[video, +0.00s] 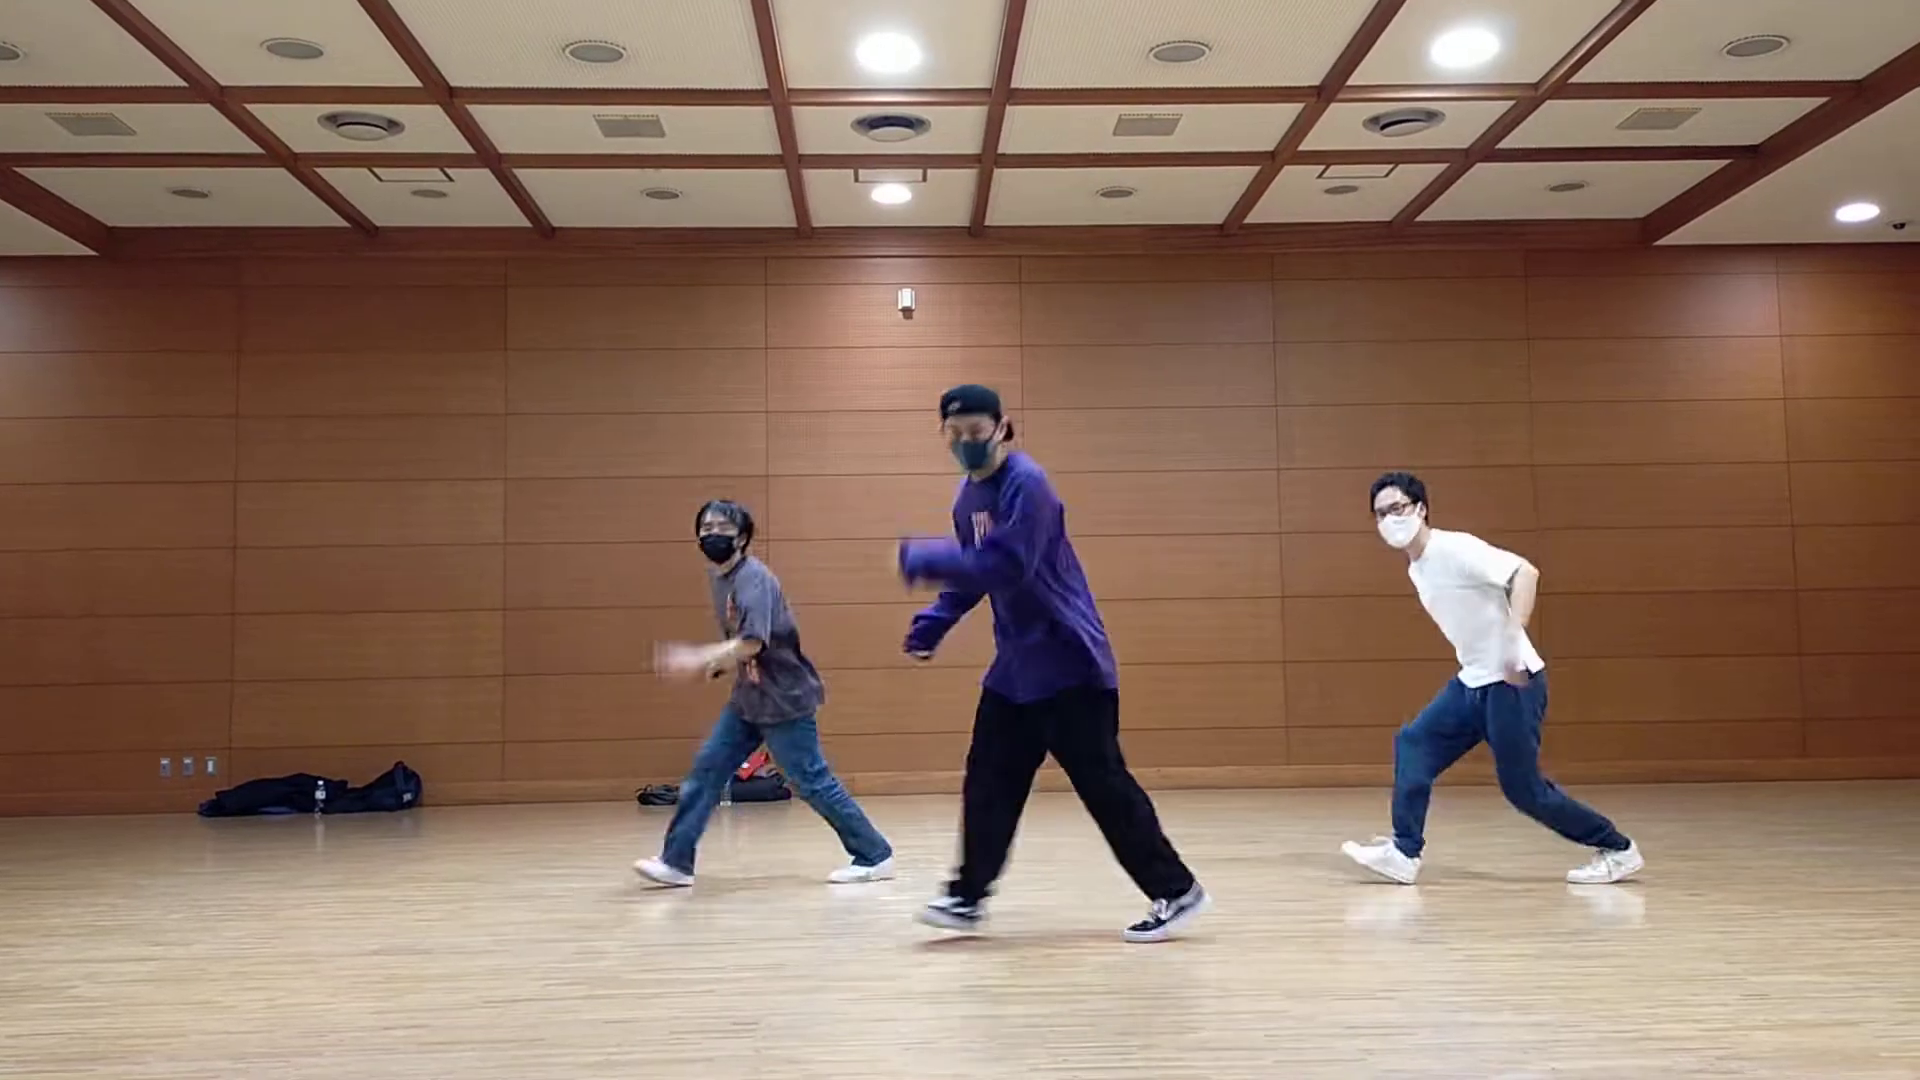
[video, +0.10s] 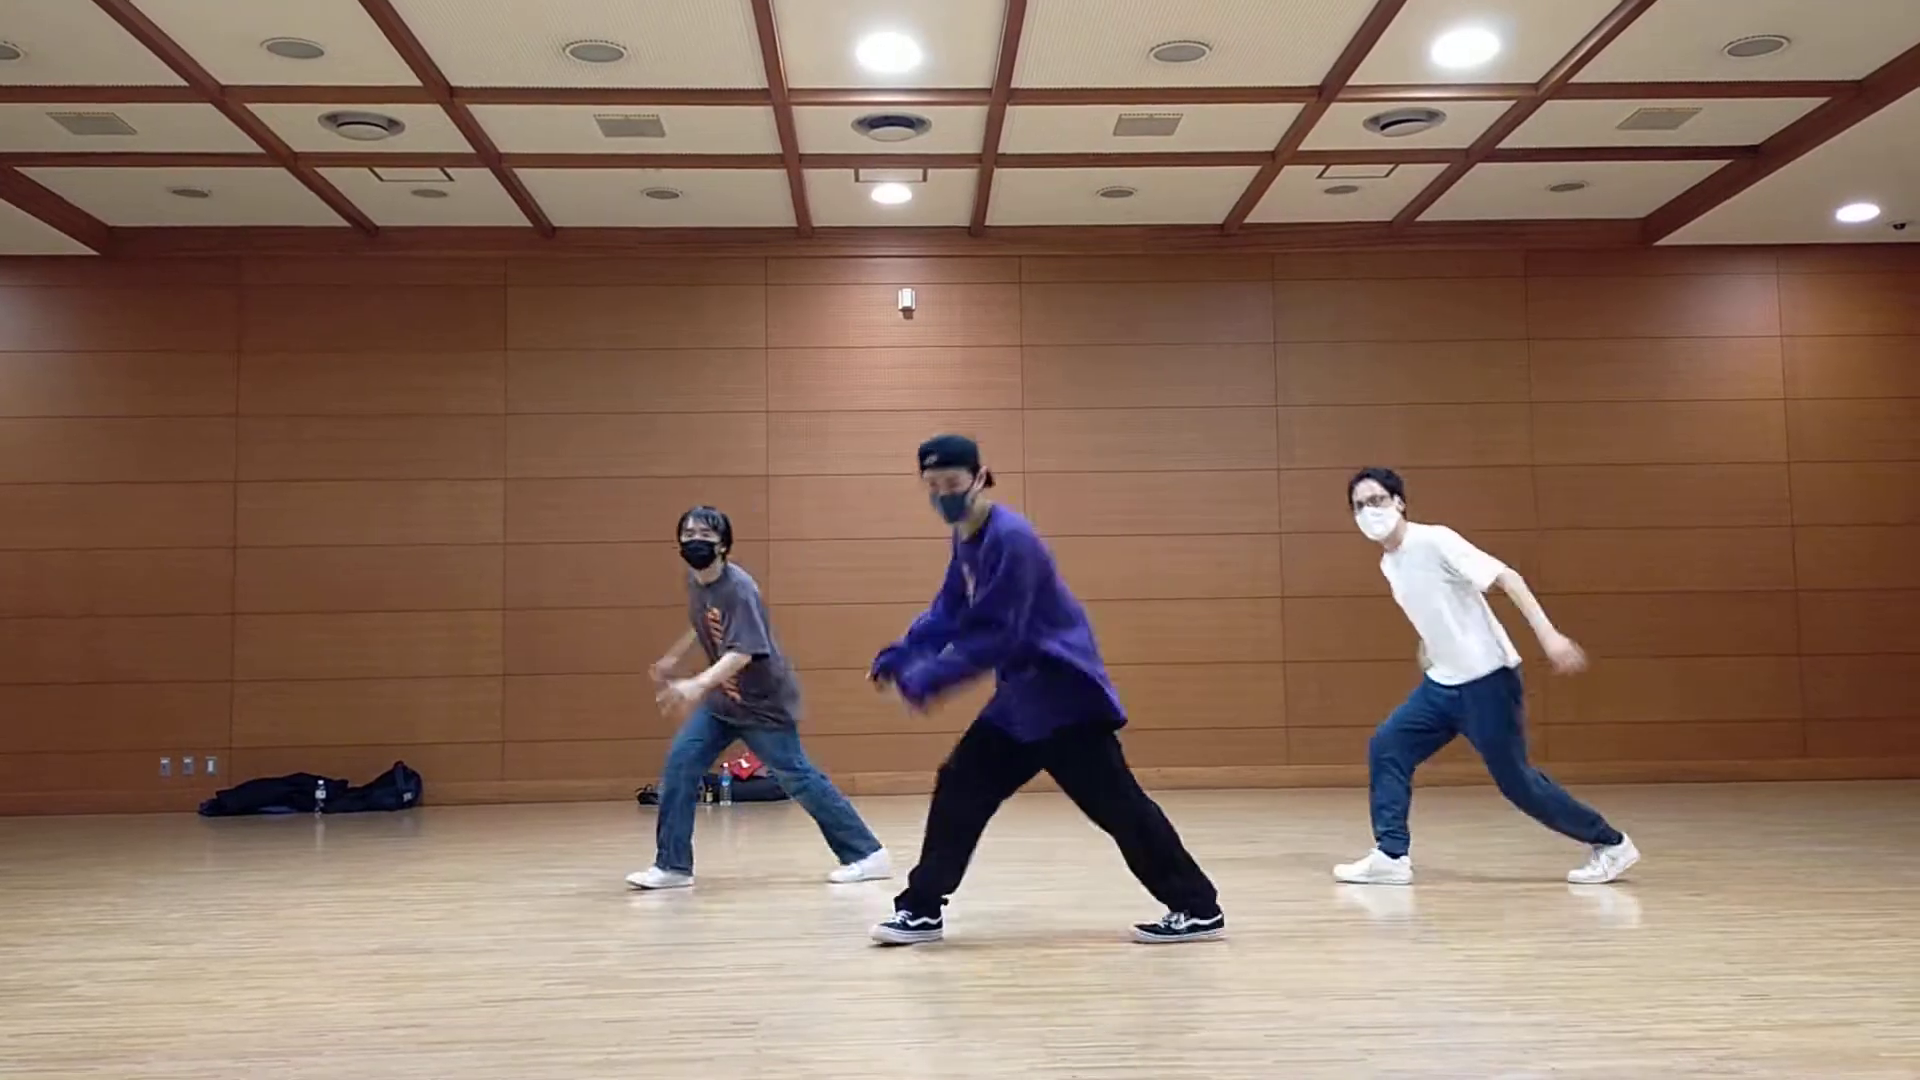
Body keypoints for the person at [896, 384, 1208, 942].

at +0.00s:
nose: (967, 444)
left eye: (977, 432)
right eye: (956, 435)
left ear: (1001, 429)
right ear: (946, 438)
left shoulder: (1029, 485)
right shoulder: (968, 500)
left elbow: (1008, 562)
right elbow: (974, 574)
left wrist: (925, 559)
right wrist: (935, 623)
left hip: (1070, 658)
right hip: (1017, 662)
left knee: (1102, 781)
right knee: (990, 777)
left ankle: (1177, 889)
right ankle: (968, 895)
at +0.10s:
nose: (944, 495)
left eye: (954, 483)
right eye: (934, 486)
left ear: (981, 480)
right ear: (926, 490)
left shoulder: (1011, 540)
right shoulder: (967, 541)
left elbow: (999, 635)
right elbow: (949, 612)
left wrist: (928, 678)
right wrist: (900, 654)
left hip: (1063, 692)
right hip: (1023, 695)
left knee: (1117, 804)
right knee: (961, 785)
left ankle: (1197, 906)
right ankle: (921, 909)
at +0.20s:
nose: (904, 494)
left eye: (915, 483)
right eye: (895, 485)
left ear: (943, 481)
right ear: (889, 488)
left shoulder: (983, 537)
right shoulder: (916, 534)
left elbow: (1012, 634)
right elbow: (913, 613)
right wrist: (894, 681)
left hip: (1033, 682)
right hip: (980, 684)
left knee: (1087, 790)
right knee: (936, 781)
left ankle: (1180, 890)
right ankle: (922, 910)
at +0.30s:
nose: (878, 481)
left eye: (889, 469)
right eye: (867, 472)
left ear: (914, 465)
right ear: (857, 474)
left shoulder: (963, 519)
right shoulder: (870, 529)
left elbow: (1028, 578)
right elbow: (869, 606)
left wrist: (1097, 631)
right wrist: (867, 671)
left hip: (995, 674)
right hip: (933, 675)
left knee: (1014, 778)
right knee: (914, 783)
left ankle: (1096, 858)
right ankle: (921, 910)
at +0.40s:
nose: (858, 469)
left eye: (868, 457)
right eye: (847, 460)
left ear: (893, 452)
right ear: (837, 461)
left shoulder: (954, 498)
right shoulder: (841, 522)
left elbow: (1033, 521)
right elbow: (825, 593)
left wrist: (1113, 536)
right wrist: (816, 658)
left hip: (958, 670)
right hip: (888, 674)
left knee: (949, 783)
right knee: (890, 793)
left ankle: (959, 860)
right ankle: (917, 907)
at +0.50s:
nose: (843, 464)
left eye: (853, 452)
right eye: (833, 455)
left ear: (878, 448)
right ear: (822, 457)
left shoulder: (934, 484)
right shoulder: (816, 523)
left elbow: (1013, 483)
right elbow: (783, 587)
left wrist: (1087, 469)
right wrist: (770, 644)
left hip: (924, 669)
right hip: (854, 676)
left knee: (902, 786)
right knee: (865, 794)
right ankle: (901, 905)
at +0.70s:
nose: (835, 490)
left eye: (845, 480)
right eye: (823, 480)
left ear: (858, 480)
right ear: (805, 482)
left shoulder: (884, 534)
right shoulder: (776, 542)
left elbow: (947, 531)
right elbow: (742, 628)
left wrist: (981, 462)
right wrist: (774, 603)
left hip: (866, 691)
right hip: (804, 687)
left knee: (846, 804)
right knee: (822, 777)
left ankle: (769, 889)